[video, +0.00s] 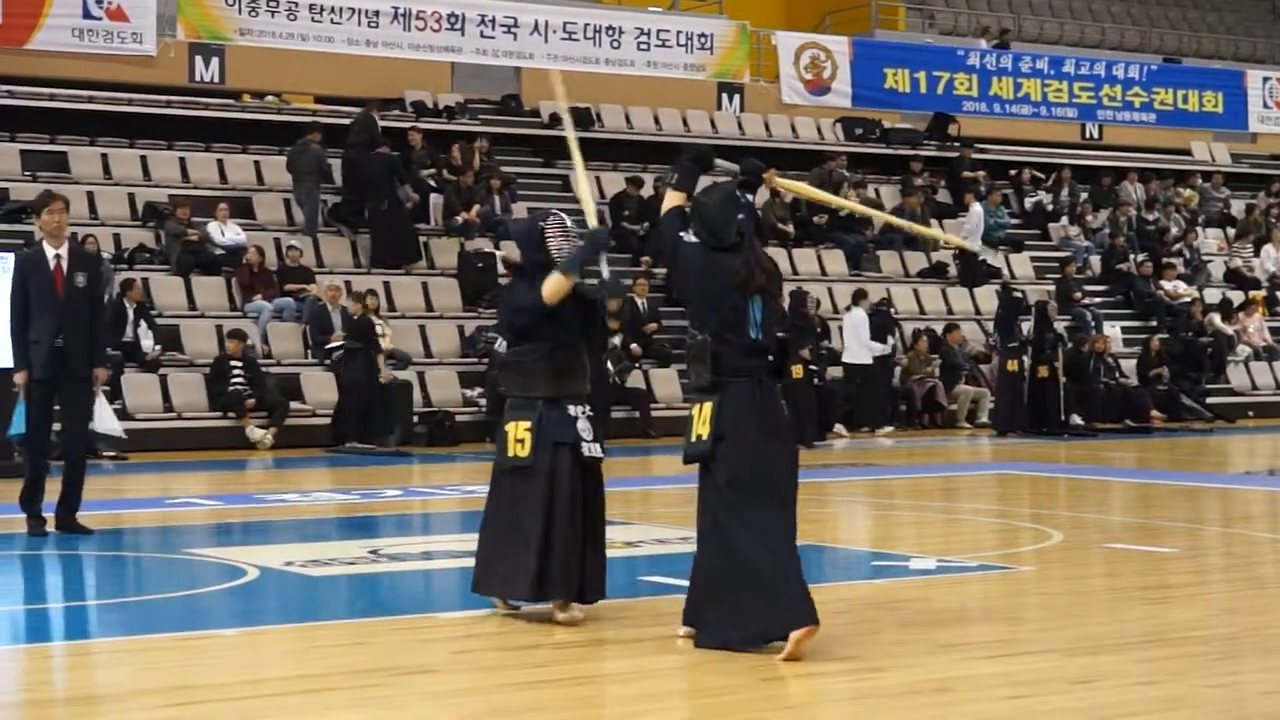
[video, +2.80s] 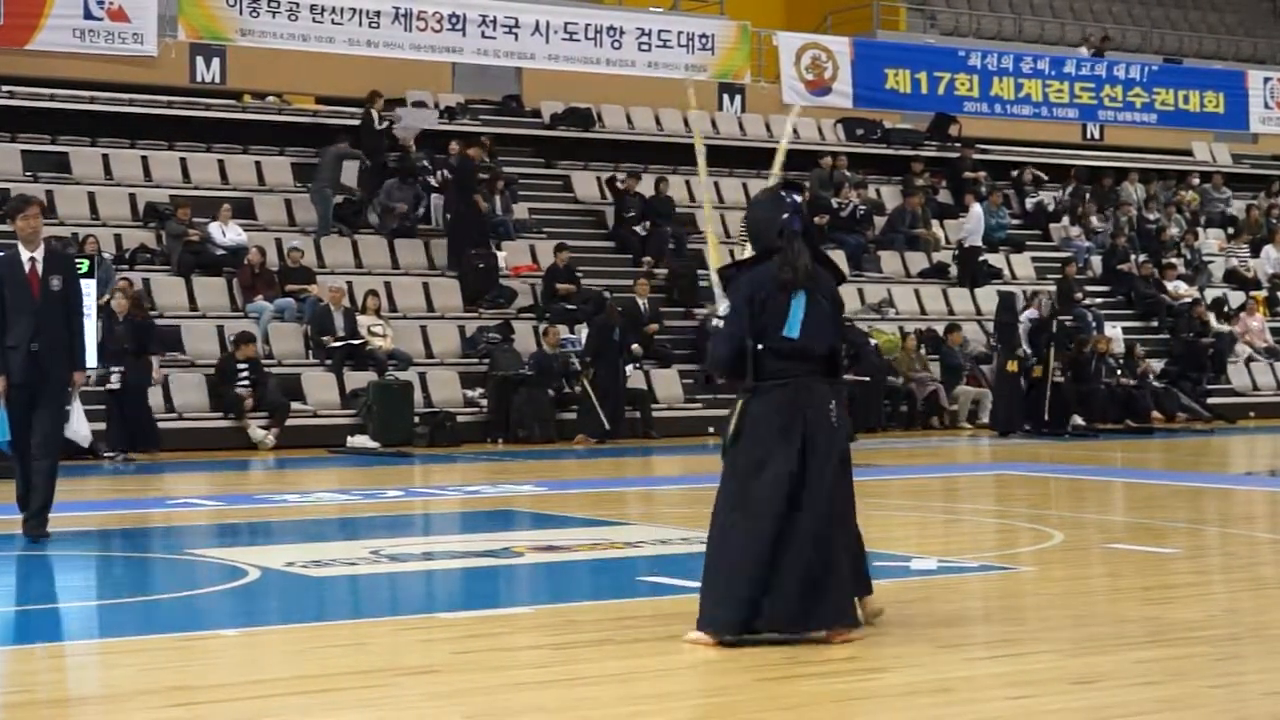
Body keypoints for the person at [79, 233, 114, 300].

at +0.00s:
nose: (92, 246)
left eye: (94, 243)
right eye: (89, 243)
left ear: (98, 245)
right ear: (83, 246)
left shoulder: (103, 262)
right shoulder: (79, 263)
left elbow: (110, 278)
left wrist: (107, 294)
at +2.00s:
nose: (92, 246)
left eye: (94, 243)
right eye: (88, 244)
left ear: (97, 246)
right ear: (83, 246)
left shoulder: (104, 264)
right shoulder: (77, 263)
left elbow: (110, 280)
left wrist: (106, 295)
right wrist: (92, 298)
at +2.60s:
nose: (92, 246)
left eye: (94, 243)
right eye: (89, 243)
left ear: (98, 245)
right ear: (83, 246)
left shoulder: (105, 263)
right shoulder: (77, 263)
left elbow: (112, 279)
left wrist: (108, 294)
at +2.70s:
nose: (92, 246)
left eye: (94, 243)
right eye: (89, 243)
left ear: (98, 245)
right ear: (83, 246)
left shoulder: (104, 263)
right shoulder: (77, 263)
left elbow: (111, 279)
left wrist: (108, 294)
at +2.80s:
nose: (92, 246)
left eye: (94, 243)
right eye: (89, 243)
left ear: (98, 245)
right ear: (83, 246)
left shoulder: (105, 263)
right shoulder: (77, 263)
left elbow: (112, 280)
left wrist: (106, 296)